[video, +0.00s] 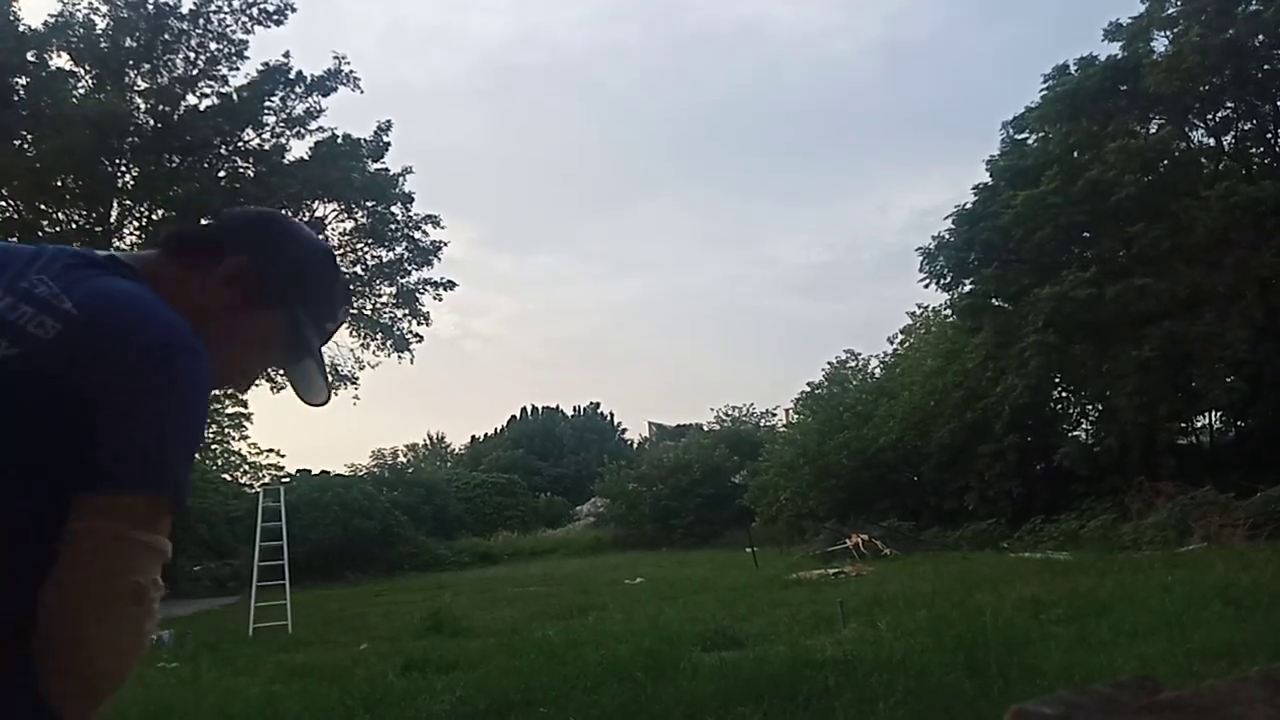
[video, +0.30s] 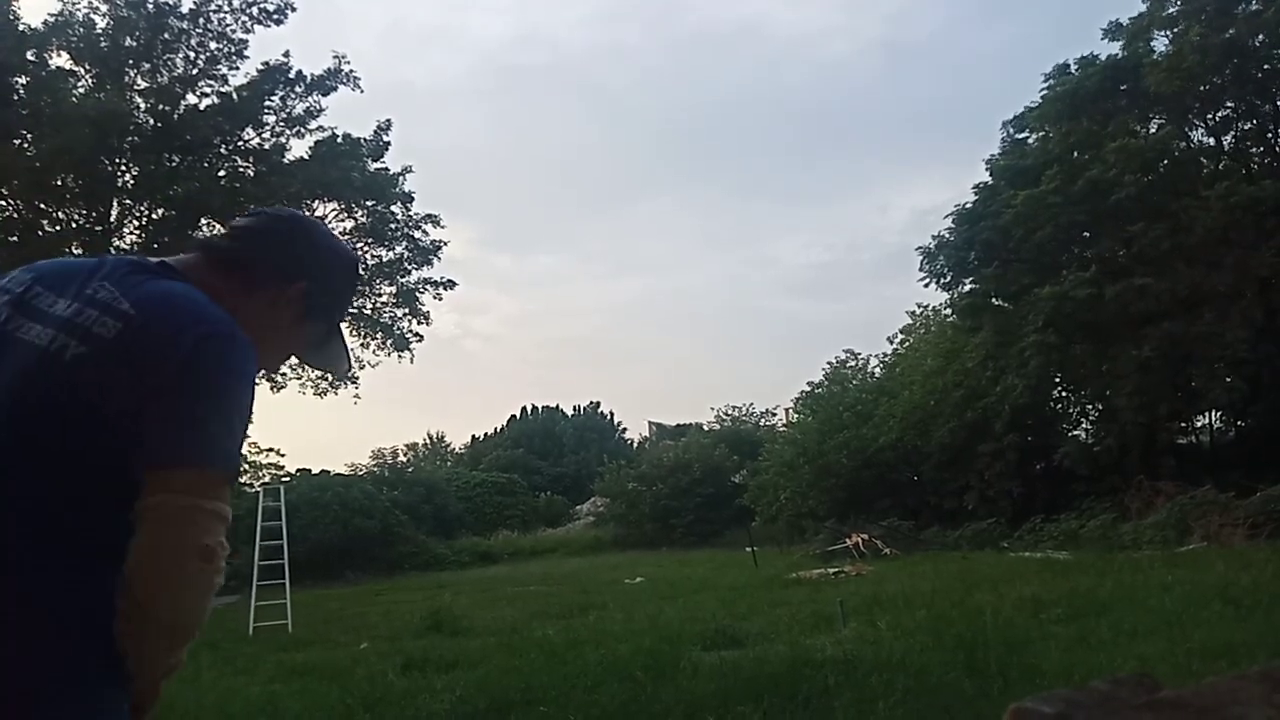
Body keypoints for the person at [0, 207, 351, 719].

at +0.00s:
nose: (251, 384)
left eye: (273, 369)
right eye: (271, 357)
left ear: (228, 277)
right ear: (231, 283)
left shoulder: (16, 262)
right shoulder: (159, 350)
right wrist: (69, 704)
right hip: (13, 695)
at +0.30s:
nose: (278, 366)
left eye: (296, 355)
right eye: (296, 346)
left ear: (231, 251)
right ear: (292, 298)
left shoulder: (39, 276)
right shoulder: (210, 343)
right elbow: (180, 561)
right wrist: (138, 687)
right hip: (56, 680)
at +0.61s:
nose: (251, 339)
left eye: (261, 328)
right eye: (258, 320)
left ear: (166, 269)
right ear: (243, 298)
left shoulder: (30, 324)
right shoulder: (206, 355)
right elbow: (224, 555)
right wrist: (191, 650)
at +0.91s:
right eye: (190, 321)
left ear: (85, 315)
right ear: (183, 324)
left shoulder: (11, 385)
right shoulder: (195, 397)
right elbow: (224, 568)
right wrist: (189, 644)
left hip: (17, 667)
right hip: (140, 674)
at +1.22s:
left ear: (92, 346)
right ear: (183, 354)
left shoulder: (17, 418)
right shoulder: (206, 430)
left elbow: (10, 543)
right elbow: (226, 570)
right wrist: (167, 625)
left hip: (30, 662)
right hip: (157, 671)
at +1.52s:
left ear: (148, 387)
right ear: (218, 400)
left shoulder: (79, 441)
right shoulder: (237, 471)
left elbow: (22, 548)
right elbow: (236, 587)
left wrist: (76, 597)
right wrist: (178, 618)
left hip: (73, 661)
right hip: (177, 672)